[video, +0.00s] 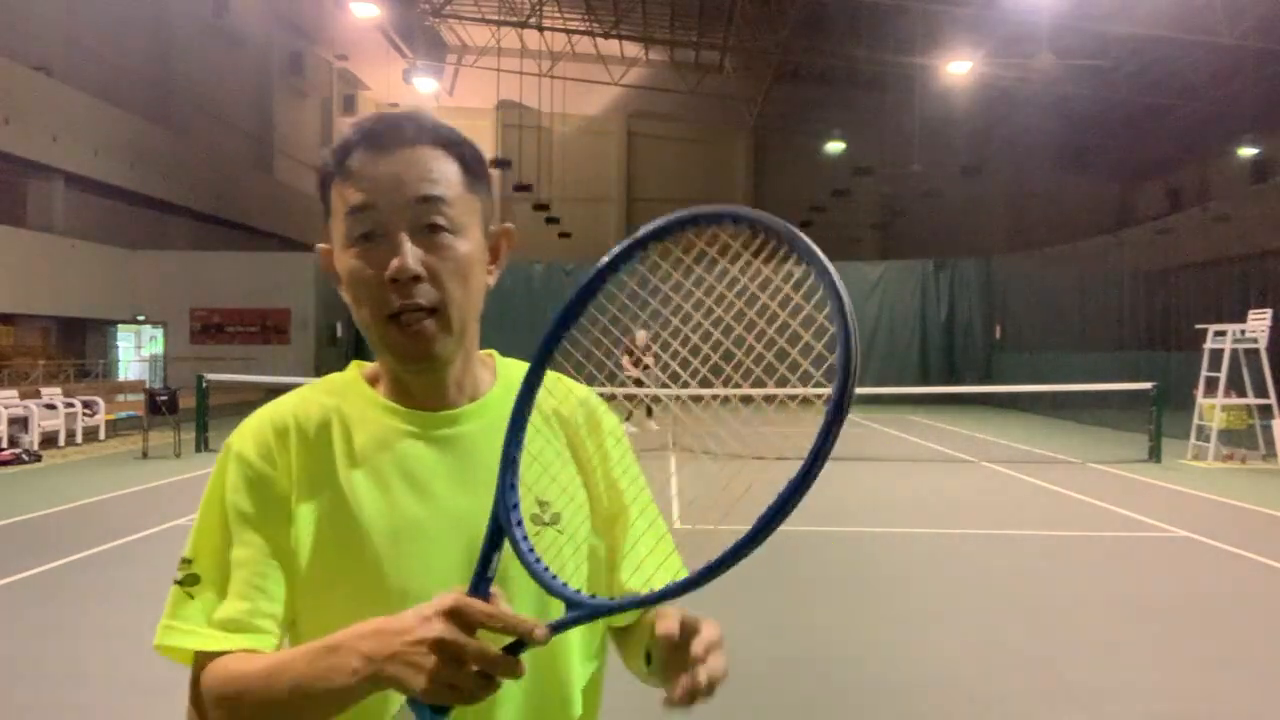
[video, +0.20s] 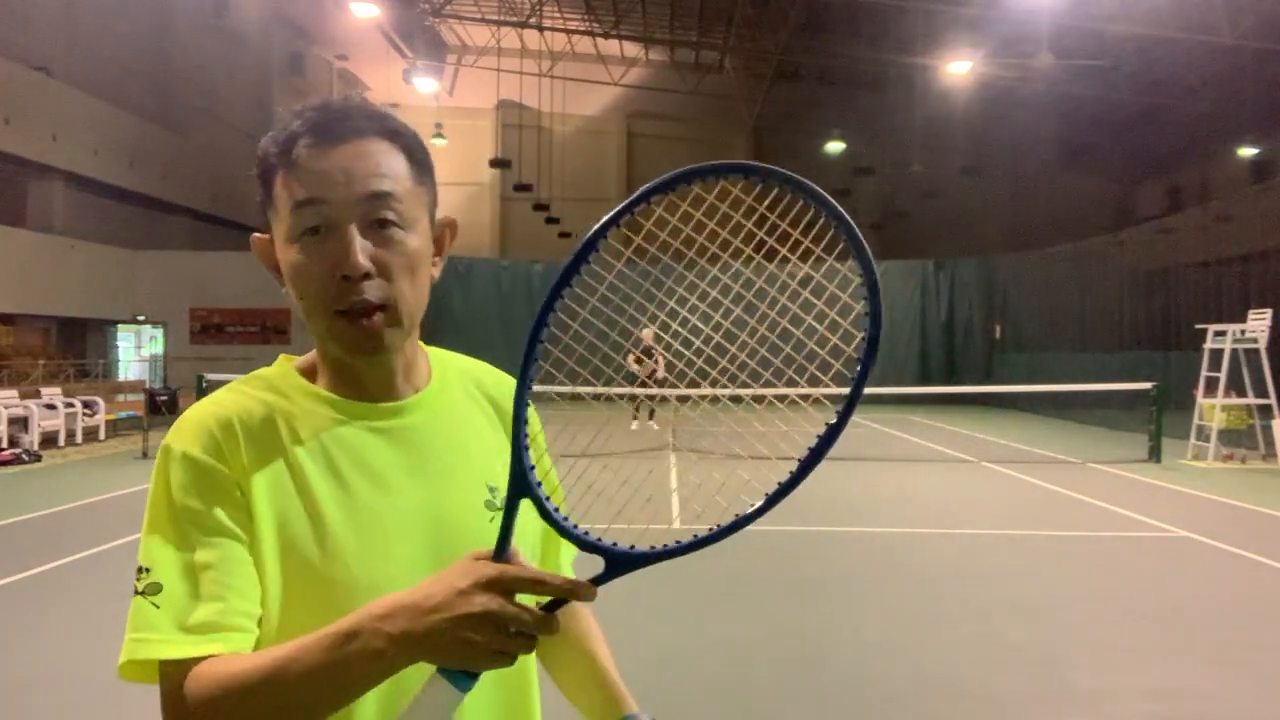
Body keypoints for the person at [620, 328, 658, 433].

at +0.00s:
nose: (641, 342)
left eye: (644, 339)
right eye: (640, 339)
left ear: (647, 339)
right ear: (636, 339)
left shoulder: (649, 348)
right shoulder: (629, 347)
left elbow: (652, 363)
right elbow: (625, 362)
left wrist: (647, 359)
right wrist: (635, 372)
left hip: (645, 373)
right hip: (633, 373)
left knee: (648, 394)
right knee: (633, 397)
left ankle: (650, 419)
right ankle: (627, 421)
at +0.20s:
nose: (648, 339)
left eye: (650, 336)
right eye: (646, 336)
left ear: (652, 337)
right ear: (642, 337)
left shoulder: (655, 349)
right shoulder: (639, 349)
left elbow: (660, 361)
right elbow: (630, 358)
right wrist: (635, 367)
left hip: (653, 375)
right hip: (641, 375)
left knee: (652, 398)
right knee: (637, 397)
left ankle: (651, 419)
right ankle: (635, 420)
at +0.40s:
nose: (649, 338)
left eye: (651, 335)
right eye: (647, 335)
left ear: (654, 336)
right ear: (643, 337)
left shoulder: (658, 351)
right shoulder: (641, 350)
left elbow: (665, 363)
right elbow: (633, 361)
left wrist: (668, 375)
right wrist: (640, 365)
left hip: (657, 376)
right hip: (645, 376)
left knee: (654, 397)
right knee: (644, 396)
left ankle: (651, 418)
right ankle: (646, 416)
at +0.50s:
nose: (648, 339)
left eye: (650, 337)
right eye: (646, 337)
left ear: (654, 338)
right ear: (644, 338)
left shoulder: (659, 351)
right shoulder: (641, 351)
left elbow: (666, 363)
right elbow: (635, 360)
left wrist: (668, 374)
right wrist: (635, 368)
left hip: (656, 377)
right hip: (644, 377)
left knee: (653, 398)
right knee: (645, 398)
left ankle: (651, 419)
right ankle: (648, 418)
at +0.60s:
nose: (651, 340)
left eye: (653, 337)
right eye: (648, 337)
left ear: (655, 338)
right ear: (643, 340)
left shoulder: (660, 353)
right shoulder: (641, 355)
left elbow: (667, 366)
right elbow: (636, 369)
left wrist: (669, 377)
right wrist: (637, 380)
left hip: (659, 380)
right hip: (646, 381)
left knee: (659, 399)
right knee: (648, 399)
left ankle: (658, 418)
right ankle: (650, 418)